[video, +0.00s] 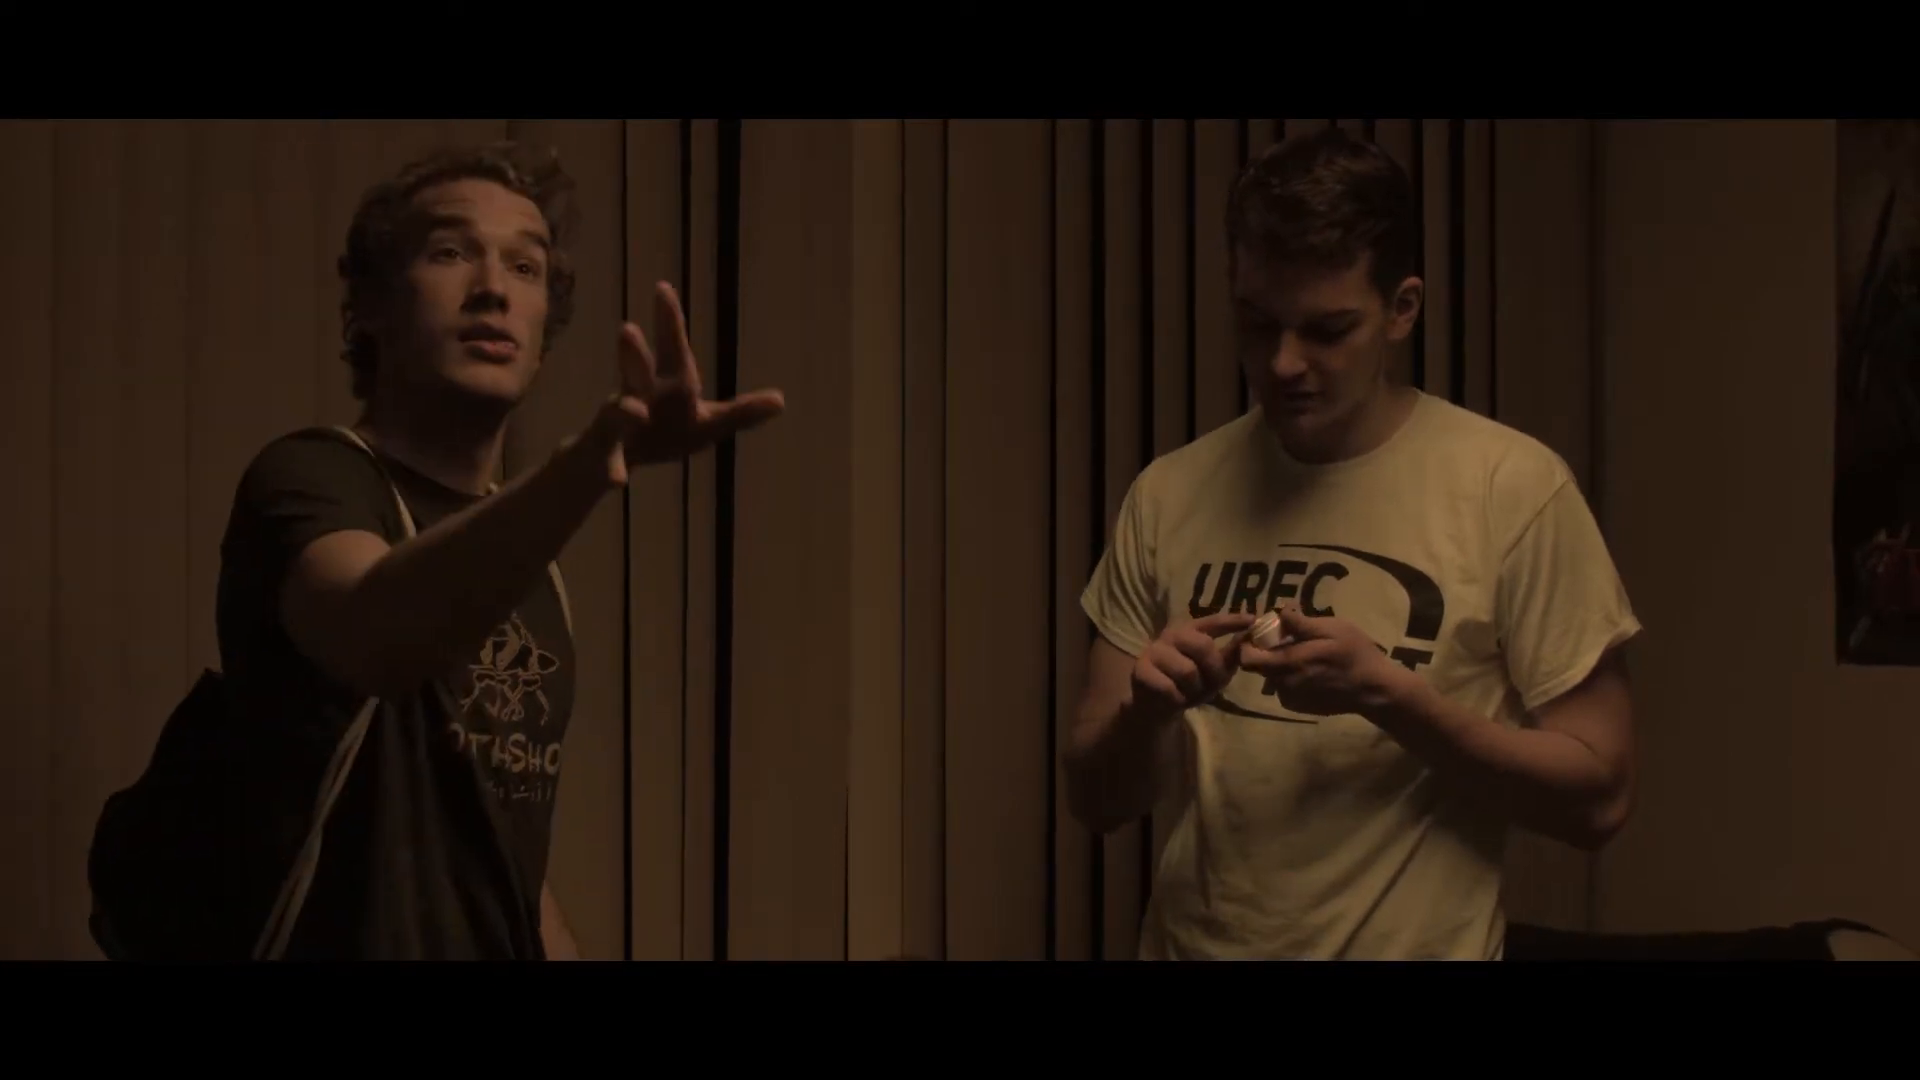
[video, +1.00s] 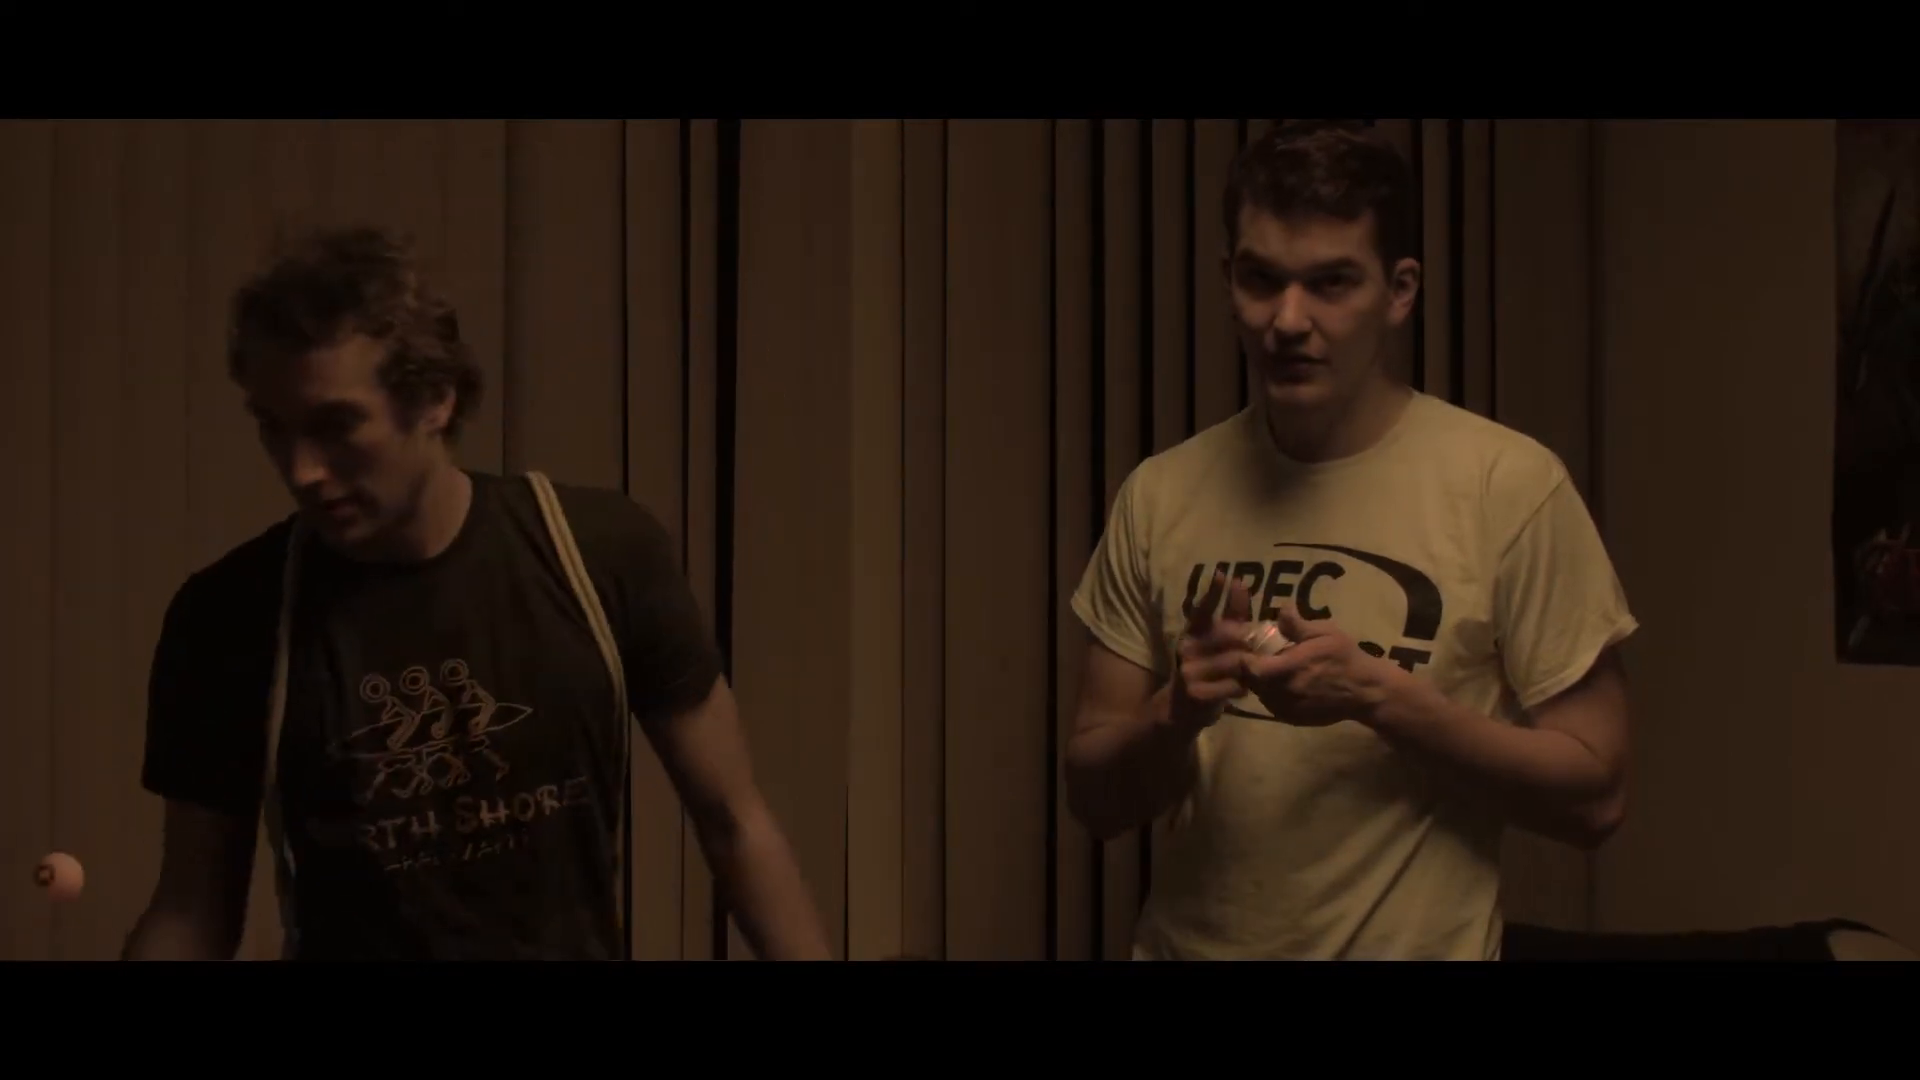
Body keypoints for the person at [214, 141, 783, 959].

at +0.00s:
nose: (495, 284)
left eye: (524, 265)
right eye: (451, 252)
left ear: (547, 322)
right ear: (367, 306)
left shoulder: (532, 562)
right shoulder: (309, 476)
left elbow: (504, 848)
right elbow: (369, 635)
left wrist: (555, 943)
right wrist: (588, 464)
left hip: (477, 940)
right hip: (315, 931)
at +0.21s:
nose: (484, 286)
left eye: (515, 263)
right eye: (440, 255)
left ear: (549, 305)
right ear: (365, 304)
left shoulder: (521, 541)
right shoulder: (305, 477)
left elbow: (506, 833)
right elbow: (325, 636)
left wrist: (560, 946)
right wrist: (527, 397)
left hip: (477, 936)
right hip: (312, 927)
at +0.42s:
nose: (485, 332)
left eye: (518, 298)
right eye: (444, 292)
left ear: (549, 329)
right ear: (371, 323)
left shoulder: (529, 539)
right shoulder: (306, 517)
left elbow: (522, 829)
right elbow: (212, 831)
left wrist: (568, 943)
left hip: (497, 946)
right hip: (332, 945)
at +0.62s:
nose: (434, 427)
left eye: (470, 380)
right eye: (398, 384)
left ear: (529, 368)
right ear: (355, 374)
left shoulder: (583, 542)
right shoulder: (260, 583)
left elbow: (590, 830)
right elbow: (184, 885)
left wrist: (628, 950)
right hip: (338, 947)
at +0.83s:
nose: (364, 466)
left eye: (399, 420)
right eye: (333, 426)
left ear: (484, 396)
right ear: (308, 413)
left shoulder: (623, 556)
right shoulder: (240, 586)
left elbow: (698, 821)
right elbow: (174, 862)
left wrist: (750, 954)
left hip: (556, 947)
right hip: (324, 950)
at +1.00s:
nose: (302, 472)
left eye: (335, 428)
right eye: (278, 434)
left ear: (433, 401)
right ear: (258, 425)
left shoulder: (606, 553)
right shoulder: (230, 618)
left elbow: (734, 821)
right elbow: (195, 901)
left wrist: (815, 960)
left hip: (576, 948)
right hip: (349, 953)